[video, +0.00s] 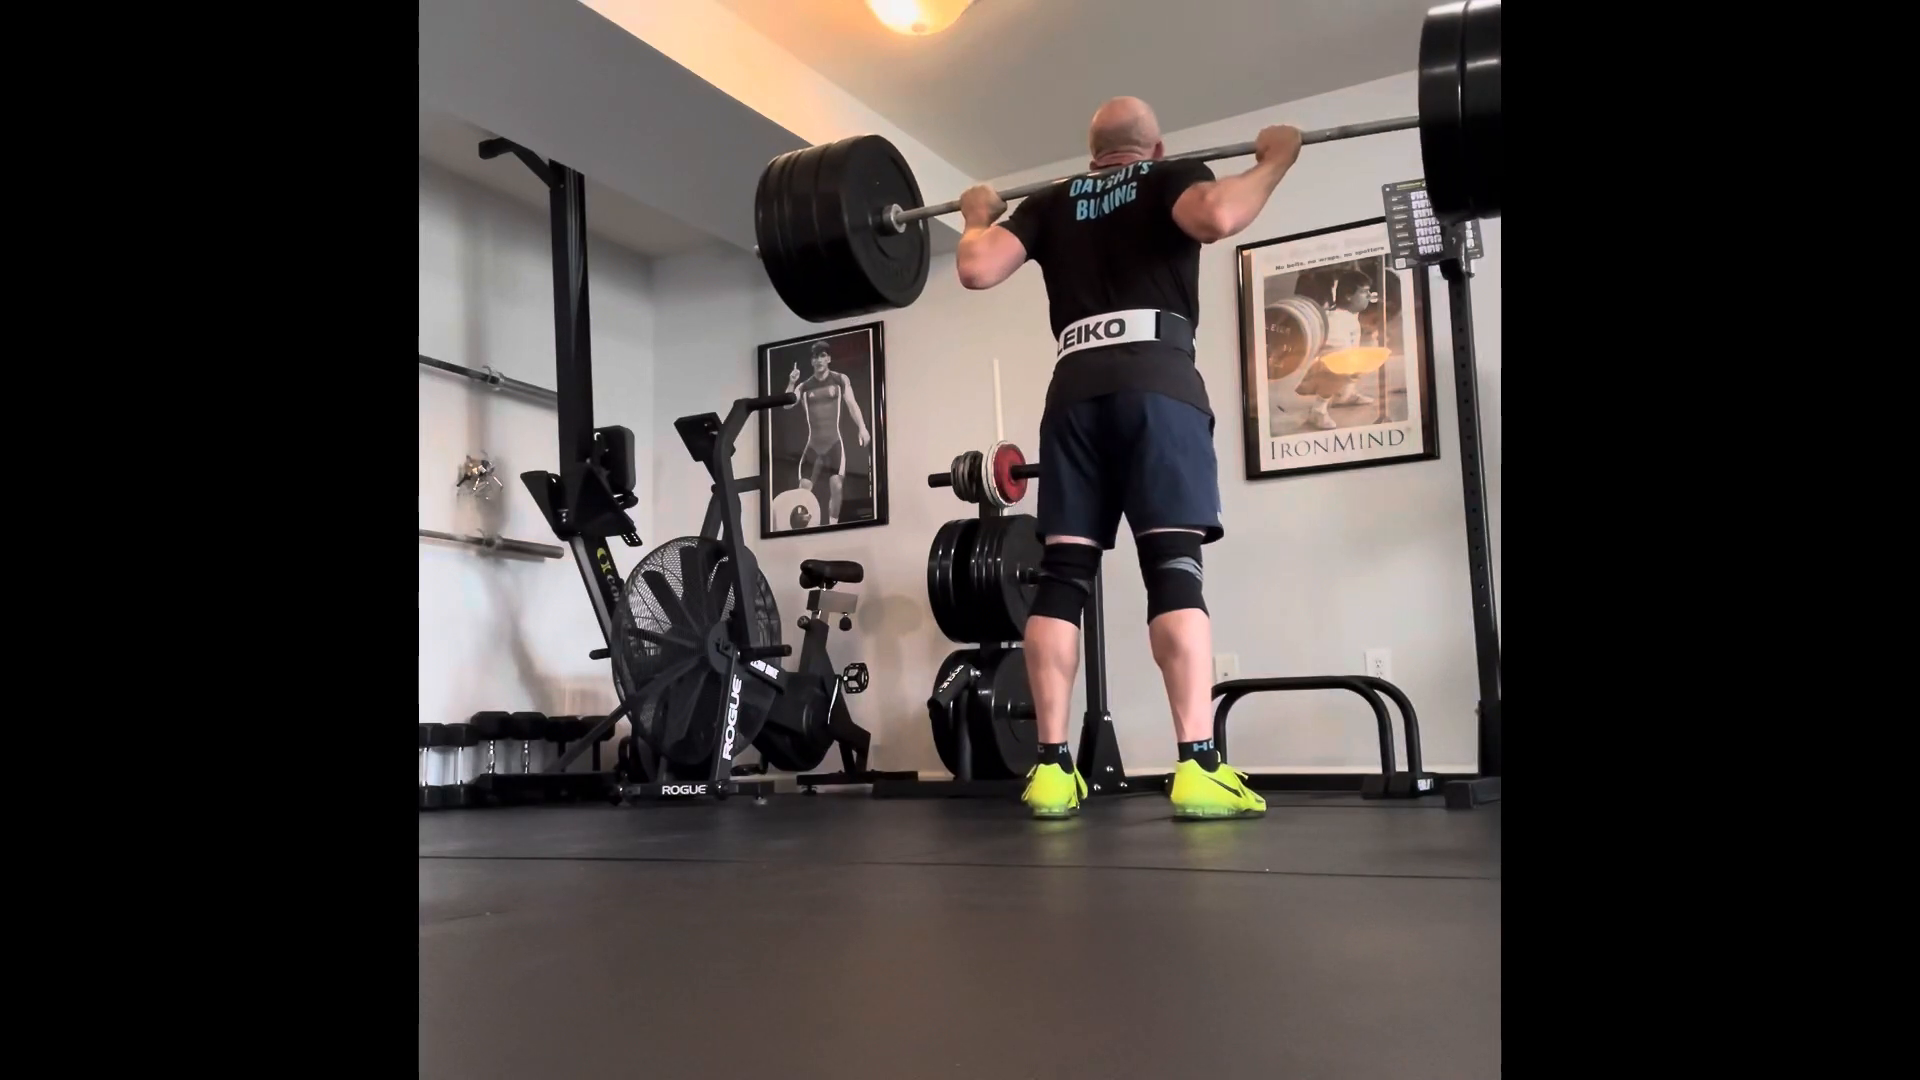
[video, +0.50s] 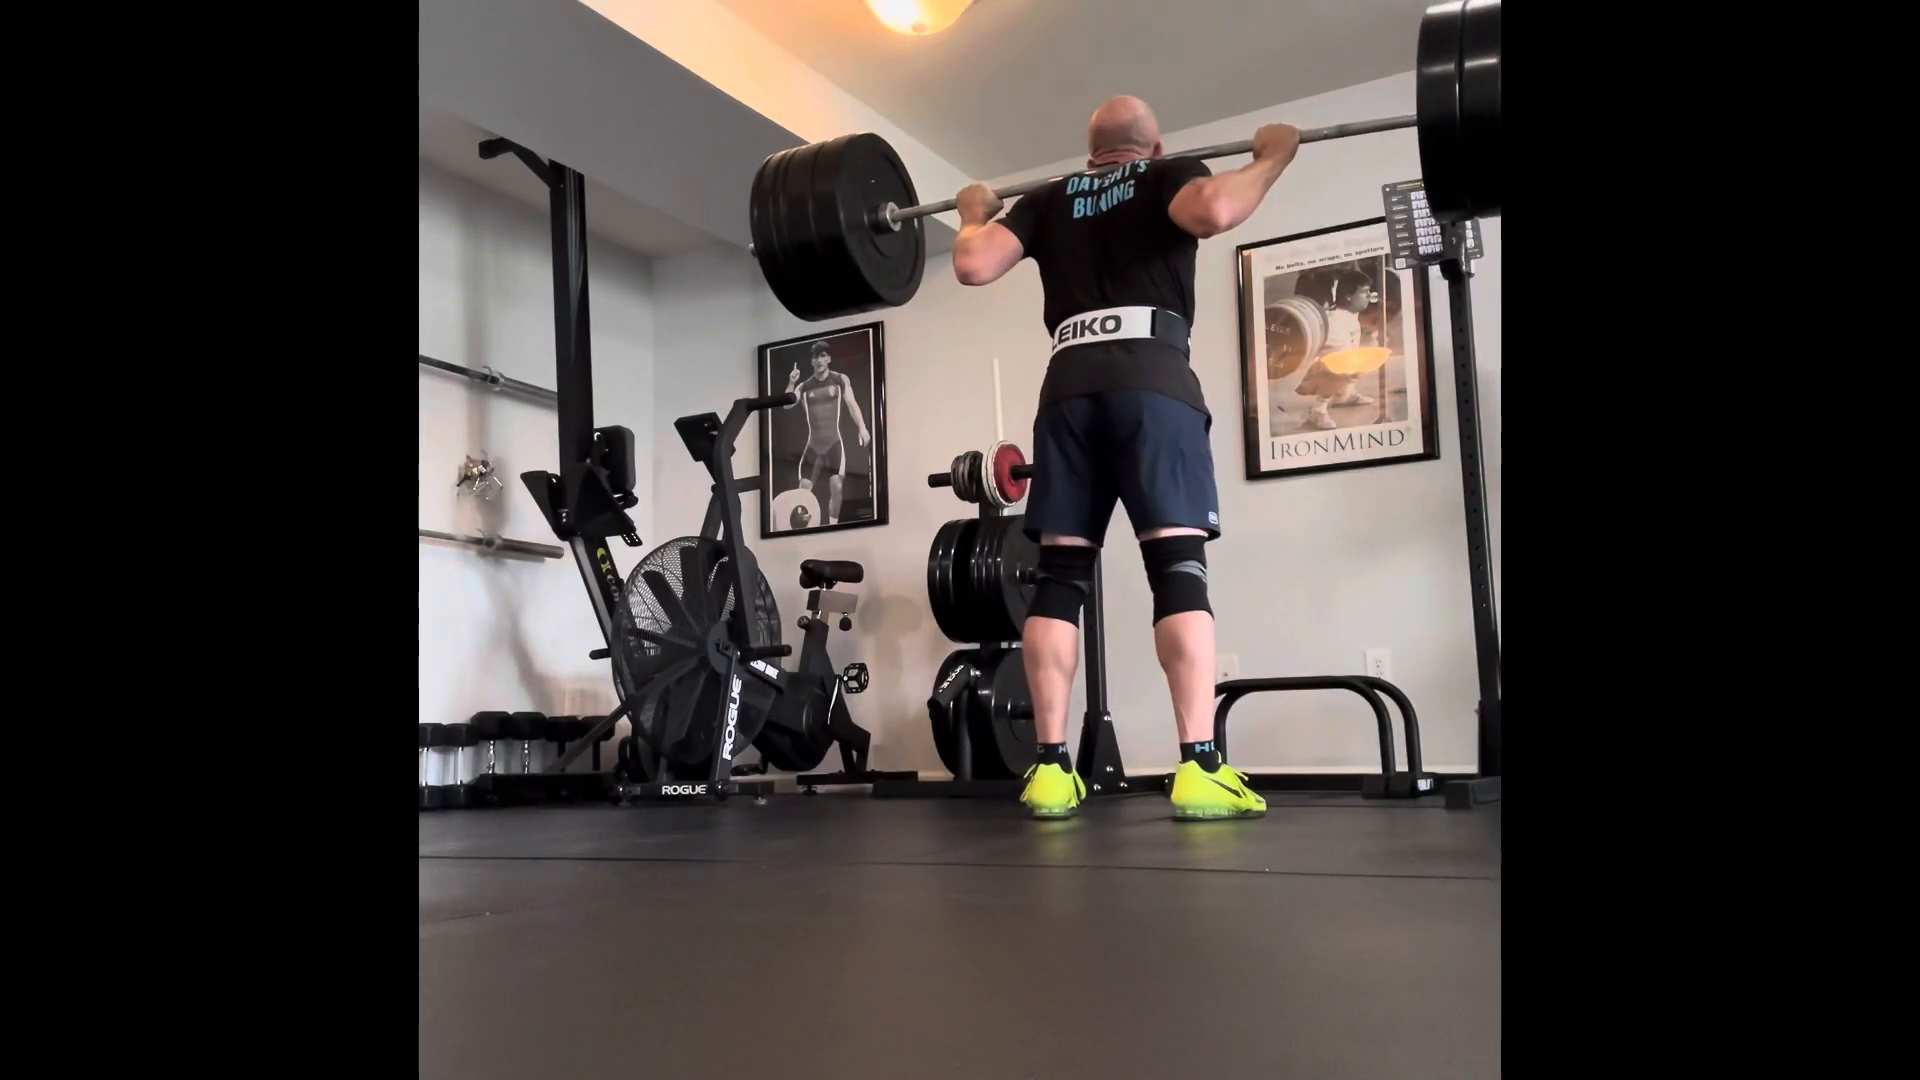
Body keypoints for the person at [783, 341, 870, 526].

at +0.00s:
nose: (819, 360)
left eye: (823, 356)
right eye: (815, 357)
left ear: (829, 359)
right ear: (811, 361)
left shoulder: (840, 380)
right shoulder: (803, 386)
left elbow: (852, 405)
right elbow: (787, 405)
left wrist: (862, 428)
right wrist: (791, 383)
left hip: (834, 443)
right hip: (813, 444)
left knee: (836, 484)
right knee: (804, 486)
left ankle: (832, 527)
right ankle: (803, 528)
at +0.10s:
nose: (819, 360)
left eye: (823, 356)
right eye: (816, 357)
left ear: (829, 359)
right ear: (811, 361)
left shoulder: (840, 379)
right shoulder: (803, 386)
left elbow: (852, 405)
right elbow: (787, 405)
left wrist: (862, 428)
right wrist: (791, 384)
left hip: (834, 443)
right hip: (813, 444)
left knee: (836, 485)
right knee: (804, 486)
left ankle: (832, 528)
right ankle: (802, 528)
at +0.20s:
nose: (819, 360)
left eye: (823, 356)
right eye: (816, 357)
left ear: (829, 359)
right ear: (811, 361)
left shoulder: (840, 379)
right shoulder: (803, 386)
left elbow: (852, 405)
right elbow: (787, 405)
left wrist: (862, 428)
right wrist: (791, 384)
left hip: (834, 443)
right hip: (813, 444)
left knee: (836, 485)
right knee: (804, 486)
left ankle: (832, 528)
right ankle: (802, 528)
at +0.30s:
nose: (819, 361)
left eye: (823, 356)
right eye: (816, 357)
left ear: (829, 359)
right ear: (811, 361)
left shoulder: (840, 380)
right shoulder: (803, 386)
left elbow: (852, 405)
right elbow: (787, 405)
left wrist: (862, 428)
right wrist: (791, 384)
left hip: (834, 443)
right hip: (813, 444)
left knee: (836, 485)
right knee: (804, 486)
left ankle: (832, 528)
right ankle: (802, 528)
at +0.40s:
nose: (819, 363)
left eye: (823, 359)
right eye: (816, 360)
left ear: (829, 360)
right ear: (811, 362)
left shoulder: (840, 380)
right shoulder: (803, 386)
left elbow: (852, 405)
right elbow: (787, 405)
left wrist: (862, 428)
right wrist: (791, 384)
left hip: (834, 443)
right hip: (813, 444)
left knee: (836, 485)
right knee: (804, 486)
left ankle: (832, 528)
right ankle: (802, 528)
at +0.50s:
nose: (819, 363)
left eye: (823, 359)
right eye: (816, 360)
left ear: (829, 360)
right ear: (811, 362)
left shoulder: (840, 380)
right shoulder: (803, 386)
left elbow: (852, 405)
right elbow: (787, 405)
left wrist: (862, 428)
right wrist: (791, 384)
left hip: (834, 443)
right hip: (813, 444)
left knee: (836, 485)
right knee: (804, 486)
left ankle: (832, 528)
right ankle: (802, 528)